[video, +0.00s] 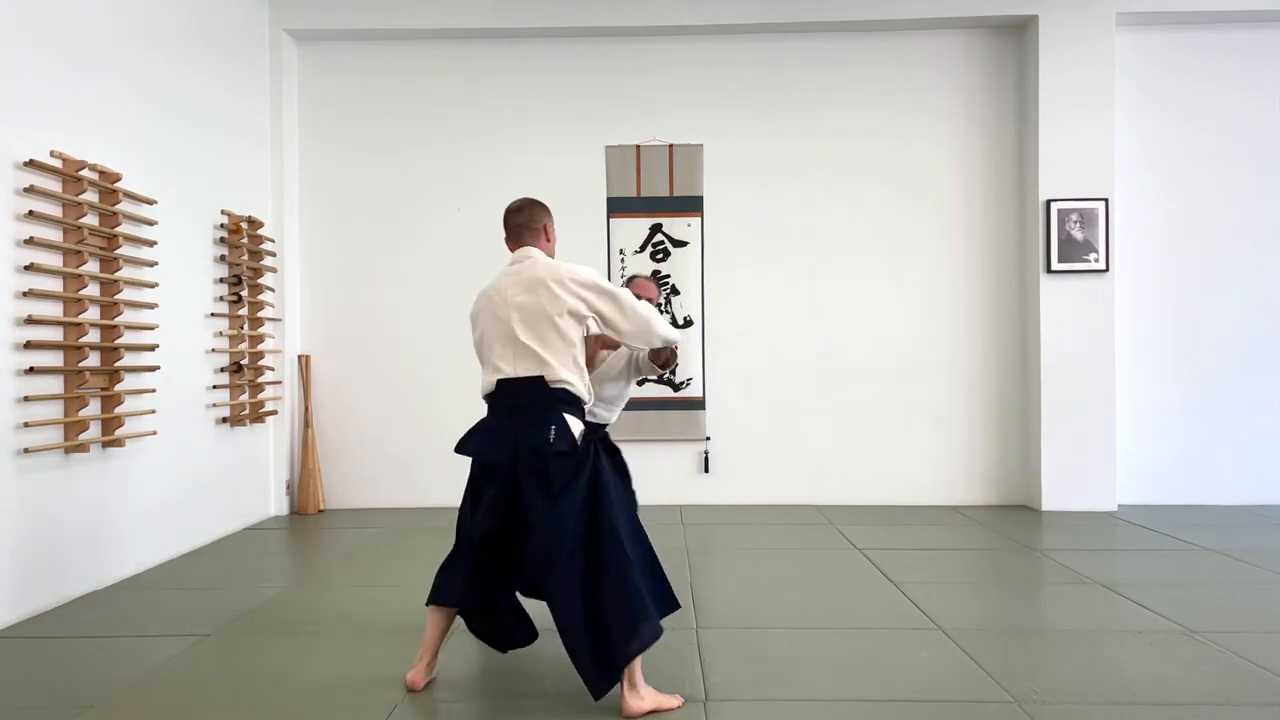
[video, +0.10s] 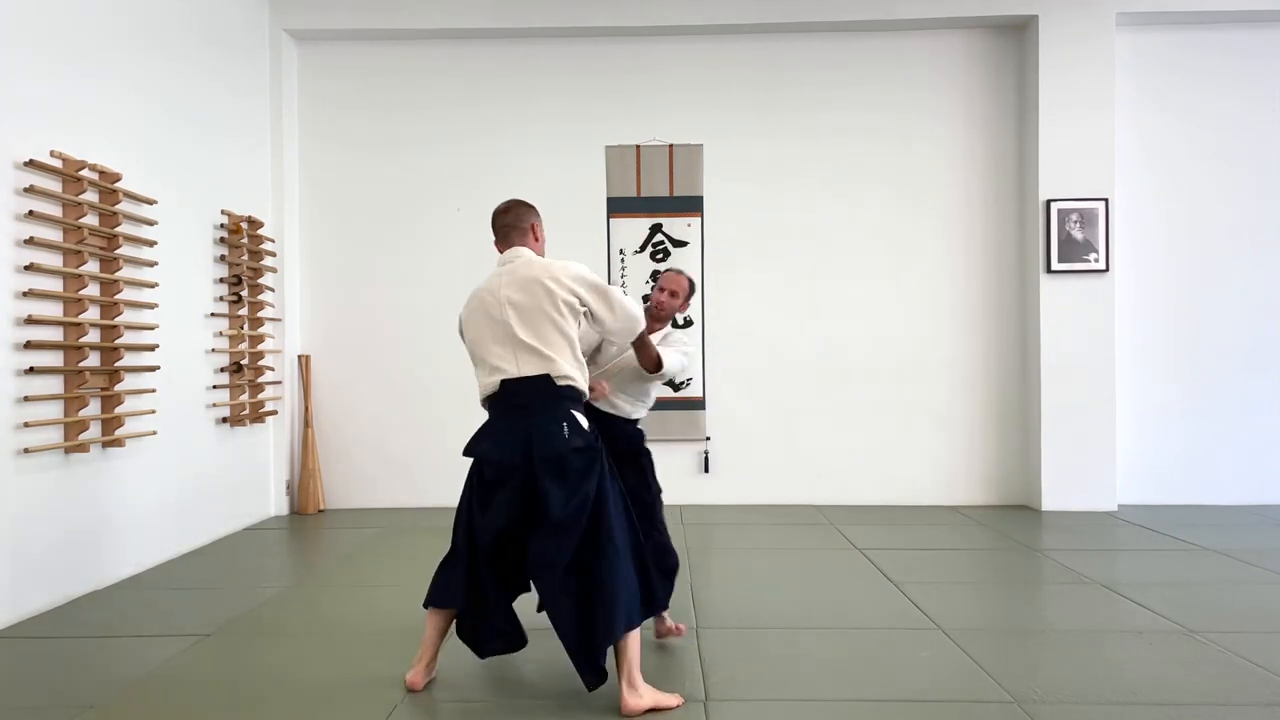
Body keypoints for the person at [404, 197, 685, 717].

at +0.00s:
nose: (556, 243)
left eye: (550, 235)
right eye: (555, 235)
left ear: (506, 241)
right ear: (549, 235)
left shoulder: (485, 298)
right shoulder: (571, 280)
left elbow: (500, 365)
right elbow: (651, 329)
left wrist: (581, 352)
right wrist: (660, 346)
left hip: (499, 428)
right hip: (561, 427)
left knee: (470, 544)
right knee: (608, 547)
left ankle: (422, 665)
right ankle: (635, 688)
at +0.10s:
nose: (544, 241)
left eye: (539, 235)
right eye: (543, 234)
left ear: (494, 244)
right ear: (537, 234)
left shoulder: (473, 305)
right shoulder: (565, 275)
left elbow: (497, 369)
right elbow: (630, 321)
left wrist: (577, 380)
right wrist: (585, 367)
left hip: (501, 431)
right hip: (564, 427)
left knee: (467, 546)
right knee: (611, 546)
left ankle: (422, 666)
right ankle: (632, 685)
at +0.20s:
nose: (542, 239)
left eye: (537, 233)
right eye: (541, 231)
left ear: (493, 242)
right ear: (536, 232)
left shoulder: (477, 299)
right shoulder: (564, 273)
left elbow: (506, 353)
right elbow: (613, 319)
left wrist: (591, 343)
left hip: (509, 429)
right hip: (569, 427)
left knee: (469, 543)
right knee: (612, 547)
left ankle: (422, 666)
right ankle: (631, 686)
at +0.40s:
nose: (574, 235)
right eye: (574, 228)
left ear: (525, 238)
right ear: (571, 230)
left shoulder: (506, 287)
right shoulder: (603, 273)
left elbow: (497, 330)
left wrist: (500, 283)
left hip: (542, 428)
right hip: (602, 426)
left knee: (498, 541)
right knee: (632, 549)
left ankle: (438, 665)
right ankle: (635, 690)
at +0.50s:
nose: (586, 237)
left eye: (544, 237)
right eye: (588, 229)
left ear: (542, 239)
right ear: (589, 232)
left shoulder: (521, 286)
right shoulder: (623, 280)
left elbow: (509, 330)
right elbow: (633, 324)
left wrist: (556, 287)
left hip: (554, 431)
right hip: (615, 430)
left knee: (520, 538)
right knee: (637, 551)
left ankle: (463, 652)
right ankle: (636, 690)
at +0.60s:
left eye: (559, 241)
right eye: (602, 234)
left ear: (558, 243)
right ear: (604, 237)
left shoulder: (536, 287)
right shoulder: (632, 287)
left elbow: (518, 315)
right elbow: (672, 318)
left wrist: (571, 286)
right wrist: (665, 292)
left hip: (560, 428)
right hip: (619, 429)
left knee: (533, 532)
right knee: (640, 549)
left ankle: (497, 642)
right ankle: (635, 688)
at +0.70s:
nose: (580, 257)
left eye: (572, 251)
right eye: (617, 247)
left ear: (570, 253)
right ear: (616, 249)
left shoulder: (548, 290)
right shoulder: (642, 294)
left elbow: (525, 311)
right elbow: (678, 318)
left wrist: (575, 273)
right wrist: (648, 283)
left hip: (560, 428)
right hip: (618, 434)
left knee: (543, 528)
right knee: (643, 552)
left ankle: (529, 630)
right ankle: (634, 685)